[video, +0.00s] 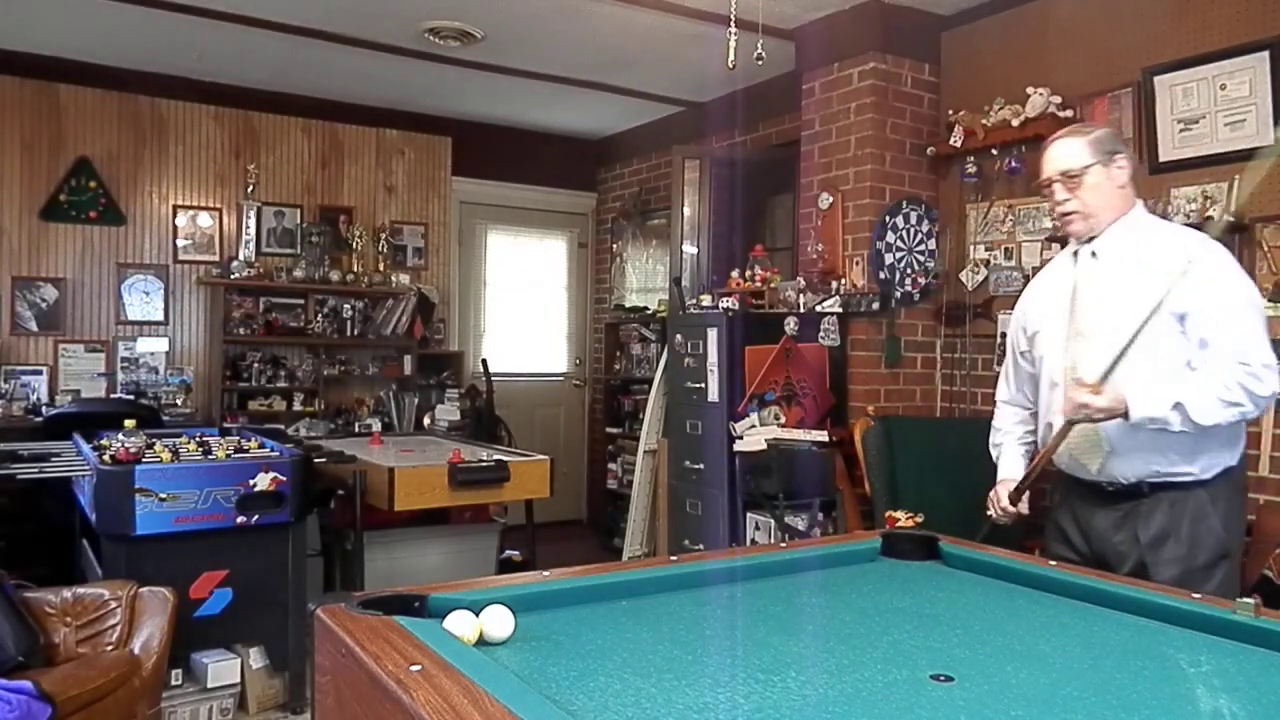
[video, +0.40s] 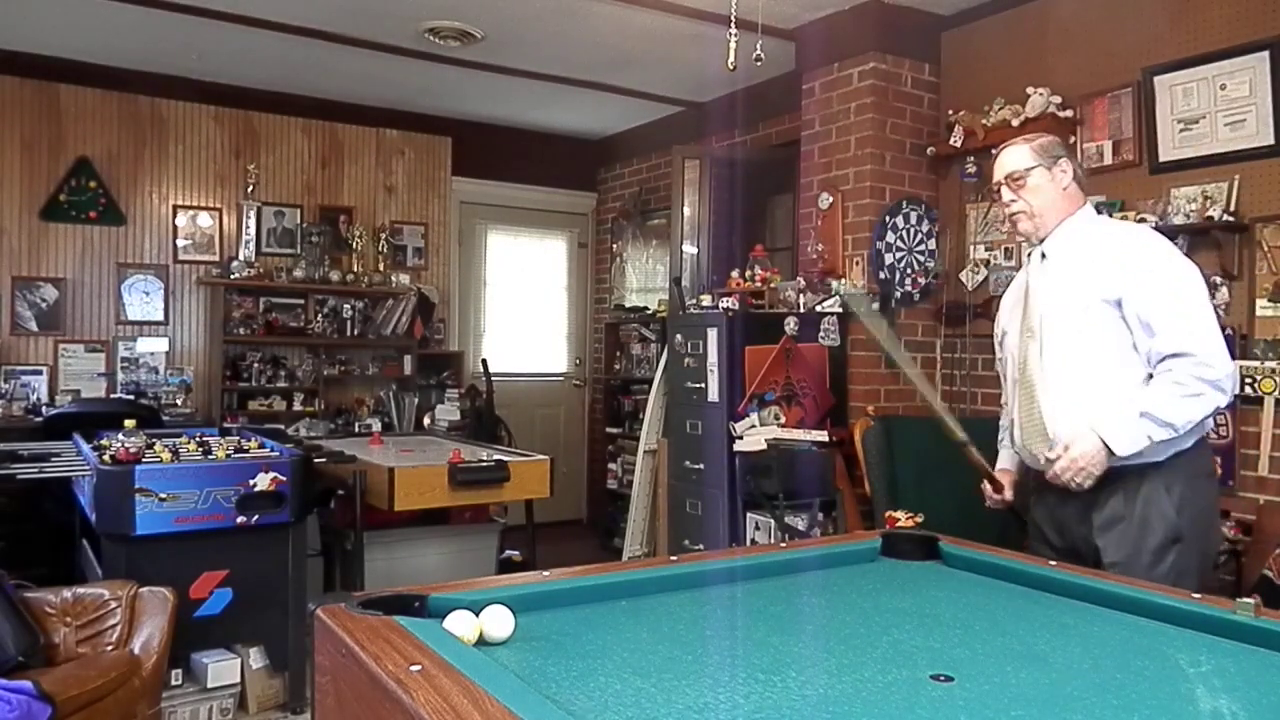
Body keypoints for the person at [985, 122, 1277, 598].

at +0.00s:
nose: (1057, 197)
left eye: (1072, 178)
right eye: (1048, 187)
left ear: (1121, 171)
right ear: (1043, 194)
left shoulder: (1196, 261)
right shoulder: (1043, 288)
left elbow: (1251, 380)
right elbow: (1015, 399)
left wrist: (1130, 403)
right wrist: (1011, 471)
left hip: (1182, 513)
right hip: (1076, 510)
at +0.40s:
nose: (1005, 200)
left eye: (1017, 181)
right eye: (998, 191)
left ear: (1063, 174)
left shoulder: (1136, 250)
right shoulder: (1016, 292)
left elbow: (1204, 371)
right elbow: (1018, 389)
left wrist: (1107, 440)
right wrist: (1009, 459)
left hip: (1148, 494)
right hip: (1052, 498)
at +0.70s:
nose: (1014, 199)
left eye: (1029, 182)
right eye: (1008, 187)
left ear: (1077, 181)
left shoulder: (1127, 264)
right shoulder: (1033, 270)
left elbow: (1181, 409)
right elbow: (1044, 383)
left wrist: (1077, 477)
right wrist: (996, 440)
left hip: (1115, 512)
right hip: (1026, 502)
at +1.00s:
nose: (991, 196)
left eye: (1006, 181)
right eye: (985, 184)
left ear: (1055, 180)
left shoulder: (1094, 264)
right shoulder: (1009, 261)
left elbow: (1120, 416)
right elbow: (1020, 376)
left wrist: (1018, 471)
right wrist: (969, 433)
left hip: (1075, 502)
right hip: (995, 493)